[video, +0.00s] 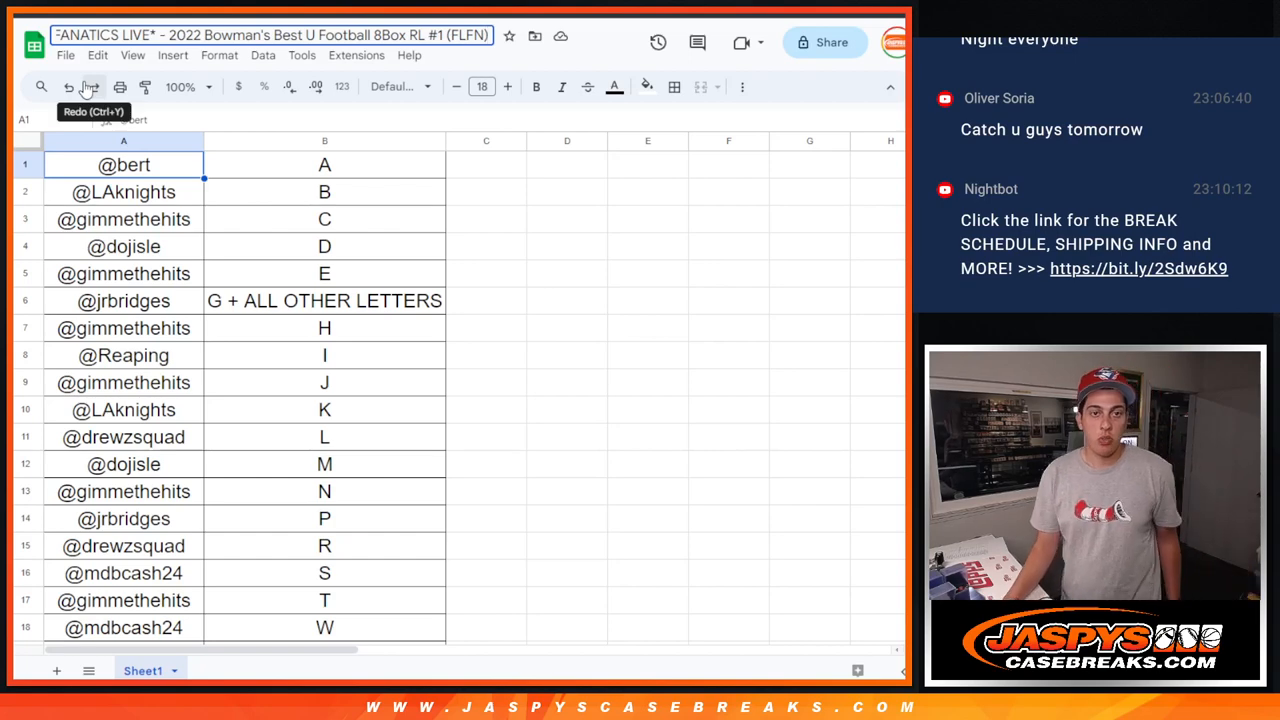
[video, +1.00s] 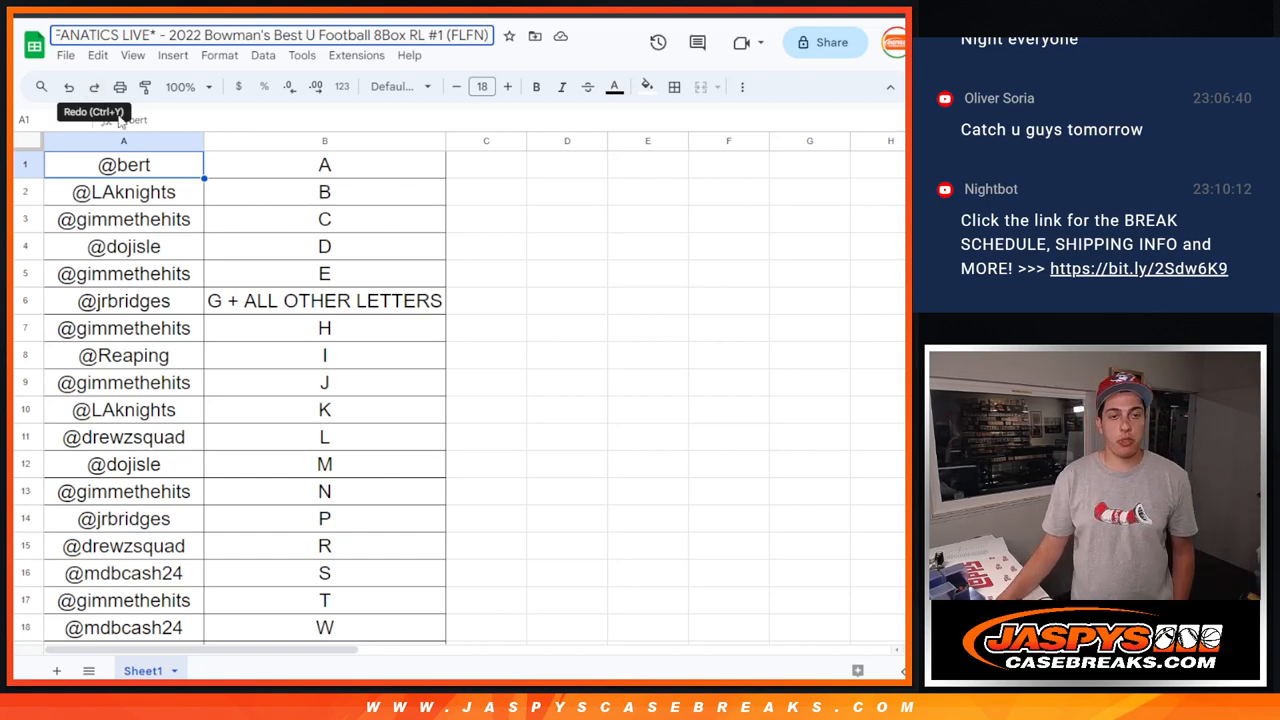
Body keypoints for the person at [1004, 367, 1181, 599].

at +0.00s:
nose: (1106, 424)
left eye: (1116, 413)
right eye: (1096, 412)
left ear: (1127, 419)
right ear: (1080, 419)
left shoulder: (1156, 471)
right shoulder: (1057, 473)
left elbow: (1167, 539)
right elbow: (1044, 546)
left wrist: (1173, 597)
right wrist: (1012, 597)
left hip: (1141, 601)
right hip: (1078, 605)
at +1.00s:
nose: (1125, 426)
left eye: (1135, 415)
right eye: (1114, 415)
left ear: (1145, 420)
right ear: (1099, 424)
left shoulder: (1173, 478)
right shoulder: (1073, 477)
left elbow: (1183, 551)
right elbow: (1050, 548)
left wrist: (1179, 604)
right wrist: (1006, 598)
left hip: (1153, 603)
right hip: (1089, 607)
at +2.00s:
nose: (1126, 427)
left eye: (1136, 415)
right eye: (1115, 416)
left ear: (1146, 421)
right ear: (1100, 424)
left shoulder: (1169, 479)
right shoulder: (1071, 475)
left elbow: (1175, 554)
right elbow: (1049, 548)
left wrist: (1175, 603)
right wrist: (1006, 600)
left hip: (1149, 602)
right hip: (1087, 603)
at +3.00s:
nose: (1126, 429)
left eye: (1136, 416)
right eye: (1114, 418)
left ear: (1147, 420)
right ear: (1100, 425)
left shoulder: (1173, 480)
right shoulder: (1073, 477)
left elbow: (1179, 555)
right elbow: (1049, 550)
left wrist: (1179, 608)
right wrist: (1005, 601)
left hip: (1153, 607)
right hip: (1090, 607)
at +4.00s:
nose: (1129, 427)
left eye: (1138, 415)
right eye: (1117, 416)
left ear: (1150, 421)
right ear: (1102, 424)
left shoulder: (1174, 480)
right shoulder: (1074, 476)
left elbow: (1179, 557)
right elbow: (1051, 548)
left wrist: (1180, 612)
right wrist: (1005, 601)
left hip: (1152, 607)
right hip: (1090, 607)